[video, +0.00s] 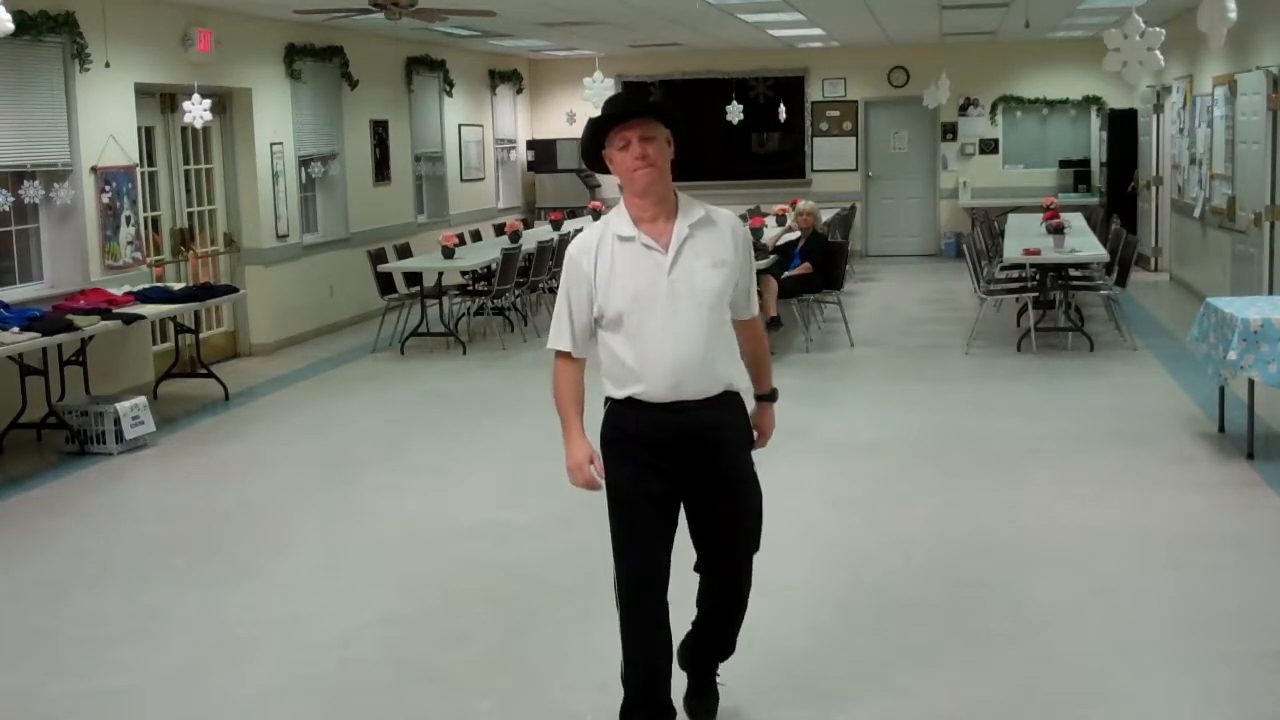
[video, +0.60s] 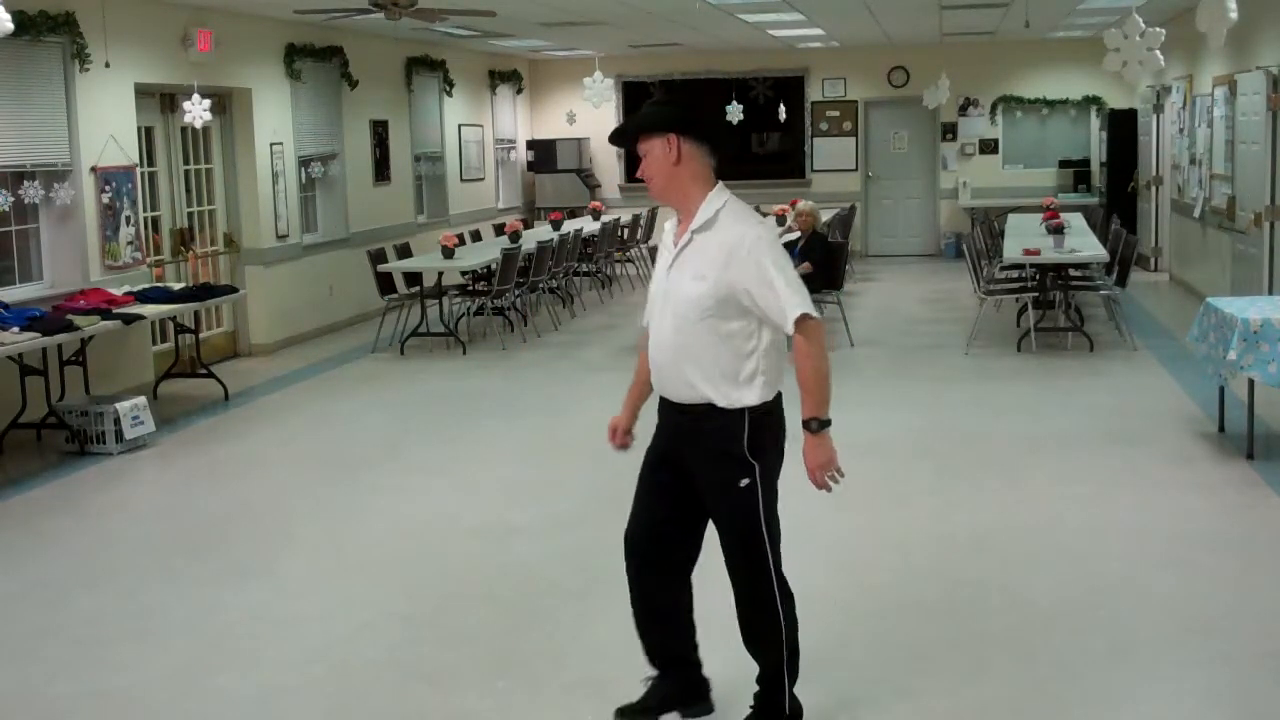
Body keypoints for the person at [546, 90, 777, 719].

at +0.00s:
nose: (639, 150)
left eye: (648, 138)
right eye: (624, 144)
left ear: (671, 149)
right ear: (609, 165)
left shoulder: (726, 230)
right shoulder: (589, 247)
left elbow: (747, 318)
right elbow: (568, 351)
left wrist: (764, 394)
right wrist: (574, 435)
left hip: (718, 425)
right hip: (636, 430)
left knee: (732, 569)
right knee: (640, 585)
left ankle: (702, 661)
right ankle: (645, 713)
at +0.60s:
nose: (638, 171)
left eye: (644, 156)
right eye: (636, 159)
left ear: (678, 151)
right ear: (676, 155)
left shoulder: (747, 232)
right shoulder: (674, 229)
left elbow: (808, 327)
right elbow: (660, 328)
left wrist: (816, 429)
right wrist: (632, 405)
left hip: (740, 426)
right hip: (679, 422)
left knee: (755, 569)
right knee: (650, 552)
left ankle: (778, 699)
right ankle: (680, 680)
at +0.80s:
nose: (650, 175)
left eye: (650, 162)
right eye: (650, 163)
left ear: (667, 156)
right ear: (698, 157)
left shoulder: (712, 229)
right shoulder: (704, 222)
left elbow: (738, 330)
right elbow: (724, 329)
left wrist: (744, 424)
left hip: (721, 419)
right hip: (700, 414)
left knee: (739, 561)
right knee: (690, 537)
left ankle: (776, 703)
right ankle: (729, 672)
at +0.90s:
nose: (650, 169)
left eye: (651, 157)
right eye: (652, 157)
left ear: (664, 156)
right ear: (706, 156)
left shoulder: (696, 225)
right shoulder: (730, 218)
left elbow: (697, 330)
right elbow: (760, 305)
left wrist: (682, 421)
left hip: (706, 409)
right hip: (738, 401)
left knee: (723, 557)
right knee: (729, 549)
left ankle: (773, 699)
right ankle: (736, 671)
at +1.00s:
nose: (650, 165)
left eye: (648, 155)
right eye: (652, 155)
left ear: (656, 154)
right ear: (708, 155)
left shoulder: (671, 226)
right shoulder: (741, 221)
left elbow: (654, 331)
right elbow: (763, 322)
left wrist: (619, 422)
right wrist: (765, 392)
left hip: (688, 406)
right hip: (743, 398)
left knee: (692, 544)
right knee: (737, 536)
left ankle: (737, 688)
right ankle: (733, 668)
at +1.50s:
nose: (644, 168)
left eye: (629, 160)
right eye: (661, 157)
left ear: (623, 163)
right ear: (675, 161)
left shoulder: (596, 234)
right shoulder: (715, 225)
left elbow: (586, 332)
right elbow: (751, 310)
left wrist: (623, 361)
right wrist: (787, 385)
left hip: (630, 394)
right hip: (702, 389)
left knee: (620, 507)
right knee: (695, 510)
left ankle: (667, 626)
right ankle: (679, 639)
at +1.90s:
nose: (646, 183)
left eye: (643, 177)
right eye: (644, 177)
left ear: (594, 177)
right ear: (637, 178)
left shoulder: (561, 238)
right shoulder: (650, 227)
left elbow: (556, 321)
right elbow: (676, 307)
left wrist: (578, 378)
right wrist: (721, 370)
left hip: (585, 384)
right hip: (649, 380)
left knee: (589, 496)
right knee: (670, 508)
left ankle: (580, 593)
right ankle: (673, 646)